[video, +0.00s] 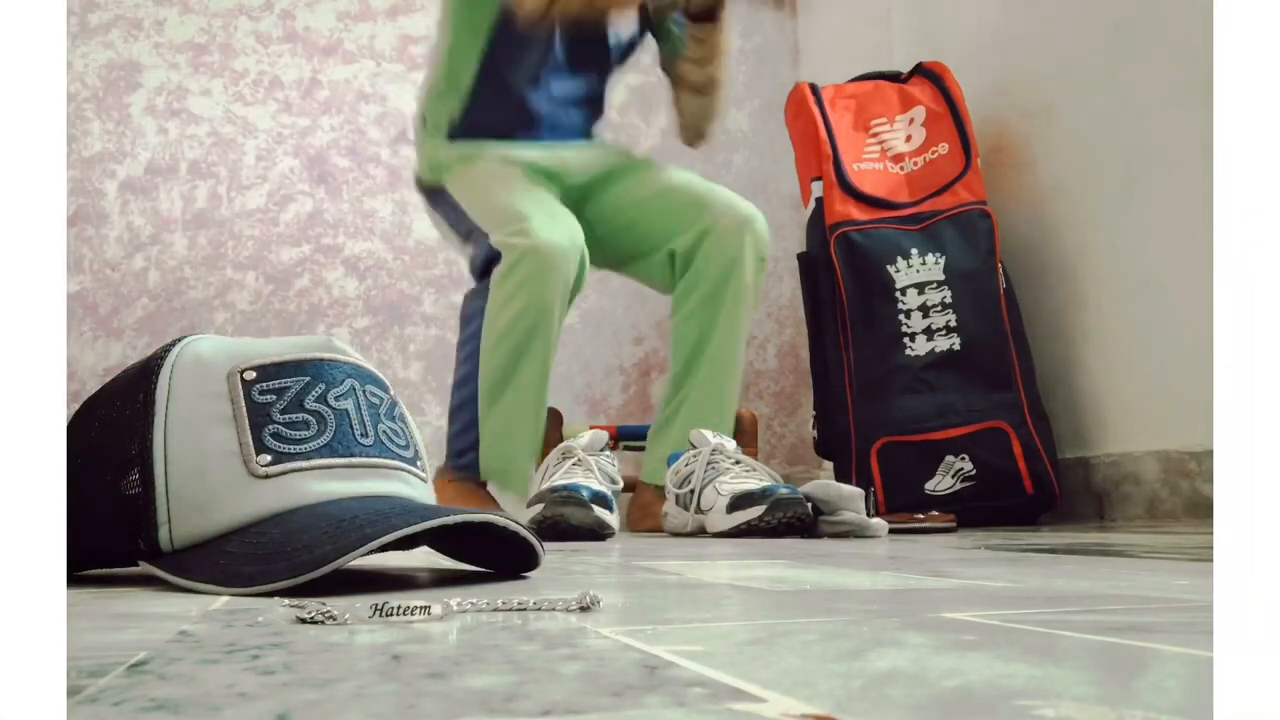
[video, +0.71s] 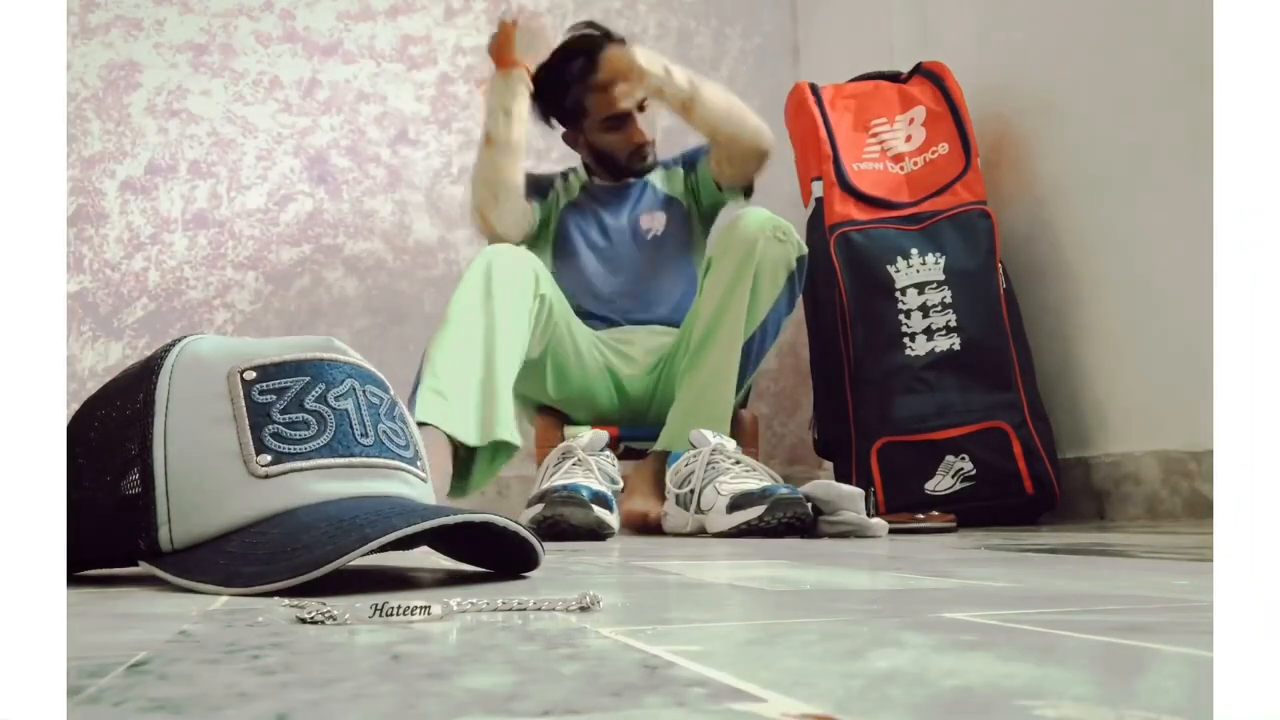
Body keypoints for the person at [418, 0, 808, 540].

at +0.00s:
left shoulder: (655, 2)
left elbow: (695, 123)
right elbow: (533, 10)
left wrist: (706, 21)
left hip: (580, 157)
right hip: (473, 151)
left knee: (732, 229)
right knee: (549, 246)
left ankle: (677, 479)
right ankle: (503, 494)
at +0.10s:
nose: (617, 72)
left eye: (639, 64)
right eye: (608, 55)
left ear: (680, 36)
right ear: (582, 9)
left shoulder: (681, 30)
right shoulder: (496, 11)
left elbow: (777, 151)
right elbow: (452, 134)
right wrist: (617, 151)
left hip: (614, 242)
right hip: (505, 234)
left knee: (744, 236)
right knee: (550, 261)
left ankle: (676, 483)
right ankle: (483, 492)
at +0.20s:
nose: (598, 153)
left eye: (618, 138)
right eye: (580, 139)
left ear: (642, 99)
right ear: (551, 102)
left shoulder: (673, 117)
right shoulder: (501, 127)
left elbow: (788, 166)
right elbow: (415, 254)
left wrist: (654, 49)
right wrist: (498, 239)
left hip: (666, 344)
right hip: (564, 345)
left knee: (753, 240)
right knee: (519, 255)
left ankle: (670, 482)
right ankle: (505, 491)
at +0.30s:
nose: (615, 164)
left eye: (626, 146)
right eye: (596, 154)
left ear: (644, 114)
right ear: (562, 137)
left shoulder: (677, 157)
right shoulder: (531, 179)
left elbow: (772, 174)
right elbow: (436, 299)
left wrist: (637, 75)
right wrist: (500, 187)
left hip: (673, 369)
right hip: (576, 375)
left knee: (767, 242)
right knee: (559, 246)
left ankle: (674, 478)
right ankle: (506, 486)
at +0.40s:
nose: (614, 156)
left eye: (627, 131)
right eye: (591, 140)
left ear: (654, 106)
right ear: (562, 130)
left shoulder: (690, 170)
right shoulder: (557, 185)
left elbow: (762, 140)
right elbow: (497, 264)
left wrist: (647, 39)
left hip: (682, 370)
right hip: (587, 372)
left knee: (767, 237)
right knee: (568, 226)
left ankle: (695, 464)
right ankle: (563, 462)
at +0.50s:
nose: (612, 149)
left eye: (620, 123)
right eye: (588, 137)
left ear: (646, 109)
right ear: (565, 138)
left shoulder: (695, 185)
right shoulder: (562, 196)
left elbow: (771, 170)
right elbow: (499, 202)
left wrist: (671, 62)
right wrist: (540, 74)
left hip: (682, 373)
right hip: (585, 373)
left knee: (763, 233)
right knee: (535, 213)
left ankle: (697, 458)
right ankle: (568, 456)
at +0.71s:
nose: (641, 135)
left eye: (644, 113)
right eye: (616, 124)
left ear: (654, 105)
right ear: (573, 136)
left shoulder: (688, 181)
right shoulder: (551, 198)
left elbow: (753, 144)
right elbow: (498, 221)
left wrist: (655, 73)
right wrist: (508, 86)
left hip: (681, 361)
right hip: (579, 363)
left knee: (758, 228)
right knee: (503, 263)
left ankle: (693, 459)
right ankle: (427, 473)